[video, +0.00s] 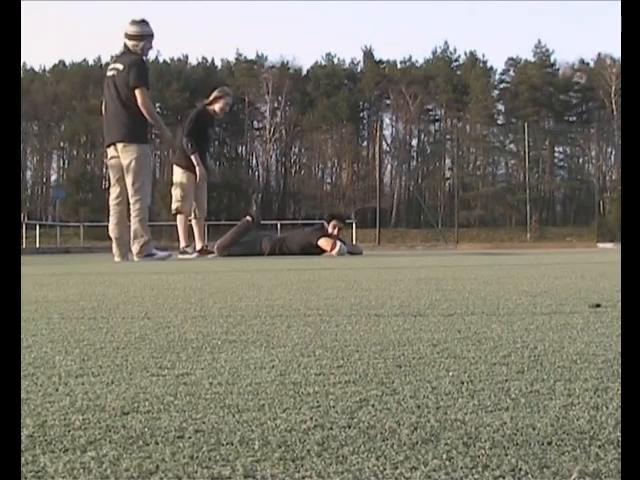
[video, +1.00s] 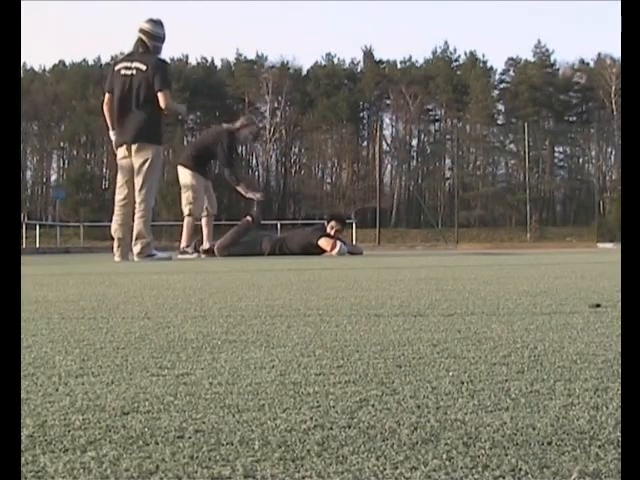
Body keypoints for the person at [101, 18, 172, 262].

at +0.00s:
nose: (151, 46)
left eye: (151, 42)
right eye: (149, 42)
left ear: (128, 40)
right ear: (141, 42)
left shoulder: (113, 64)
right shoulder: (137, 63)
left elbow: (105, 107)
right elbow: (142, 101)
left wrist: (113, 133)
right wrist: (162, 129)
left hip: (112, 138)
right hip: (133, 137)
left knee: (116, 196)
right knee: (138, 195)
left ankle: (119, 250)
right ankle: (142, 247)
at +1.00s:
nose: (162, 46)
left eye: (162, 42)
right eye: (161, 42)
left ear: (140, 37)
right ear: (157, 41)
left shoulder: (119, 64)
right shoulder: (156, 64)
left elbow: (107, 102)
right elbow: (165, 103)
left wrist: (113, 130)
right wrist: (181, 109)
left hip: (121, 136)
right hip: (147, 136)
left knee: (122, 194)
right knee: (145, 194)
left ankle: (119, 249)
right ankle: (142, 247)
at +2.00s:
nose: (160, 47)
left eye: (160, 43)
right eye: (160, 43)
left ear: (138, 38)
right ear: (156, 42)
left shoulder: (118, 65)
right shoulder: (155, 65)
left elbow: (107, 104)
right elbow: (162, 102)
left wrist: (112, 134)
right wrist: (174, 126)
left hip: (121, 136)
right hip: (147, 136)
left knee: (123, 195)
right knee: (145, 195)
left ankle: (119, 249)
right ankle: (142, 248)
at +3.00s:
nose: (165, 49)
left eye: (165, 45)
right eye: (165, 45)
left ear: (144, 38)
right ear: (160, 43)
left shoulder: (121, 65)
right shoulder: (157, 64)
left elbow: (110, 102)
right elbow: (162, 102)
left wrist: (113, 133)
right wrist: (173, 125)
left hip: (123, 136)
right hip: (148, 136)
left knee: (124, 194)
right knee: (146, 196)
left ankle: (119, 249)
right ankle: (142, 248)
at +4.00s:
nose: (160, 47)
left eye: (160, 43)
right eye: (160, 43)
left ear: (139, 38)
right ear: (156, 42)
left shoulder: (120, 65)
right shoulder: (154, 64)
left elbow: (109, 104)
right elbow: (159, 101)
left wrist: (112, 136)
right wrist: (172, 135)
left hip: (123, 138)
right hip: (148, 138)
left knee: (124, 196)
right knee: (145, 196)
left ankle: (119, 249)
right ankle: (143, 248)